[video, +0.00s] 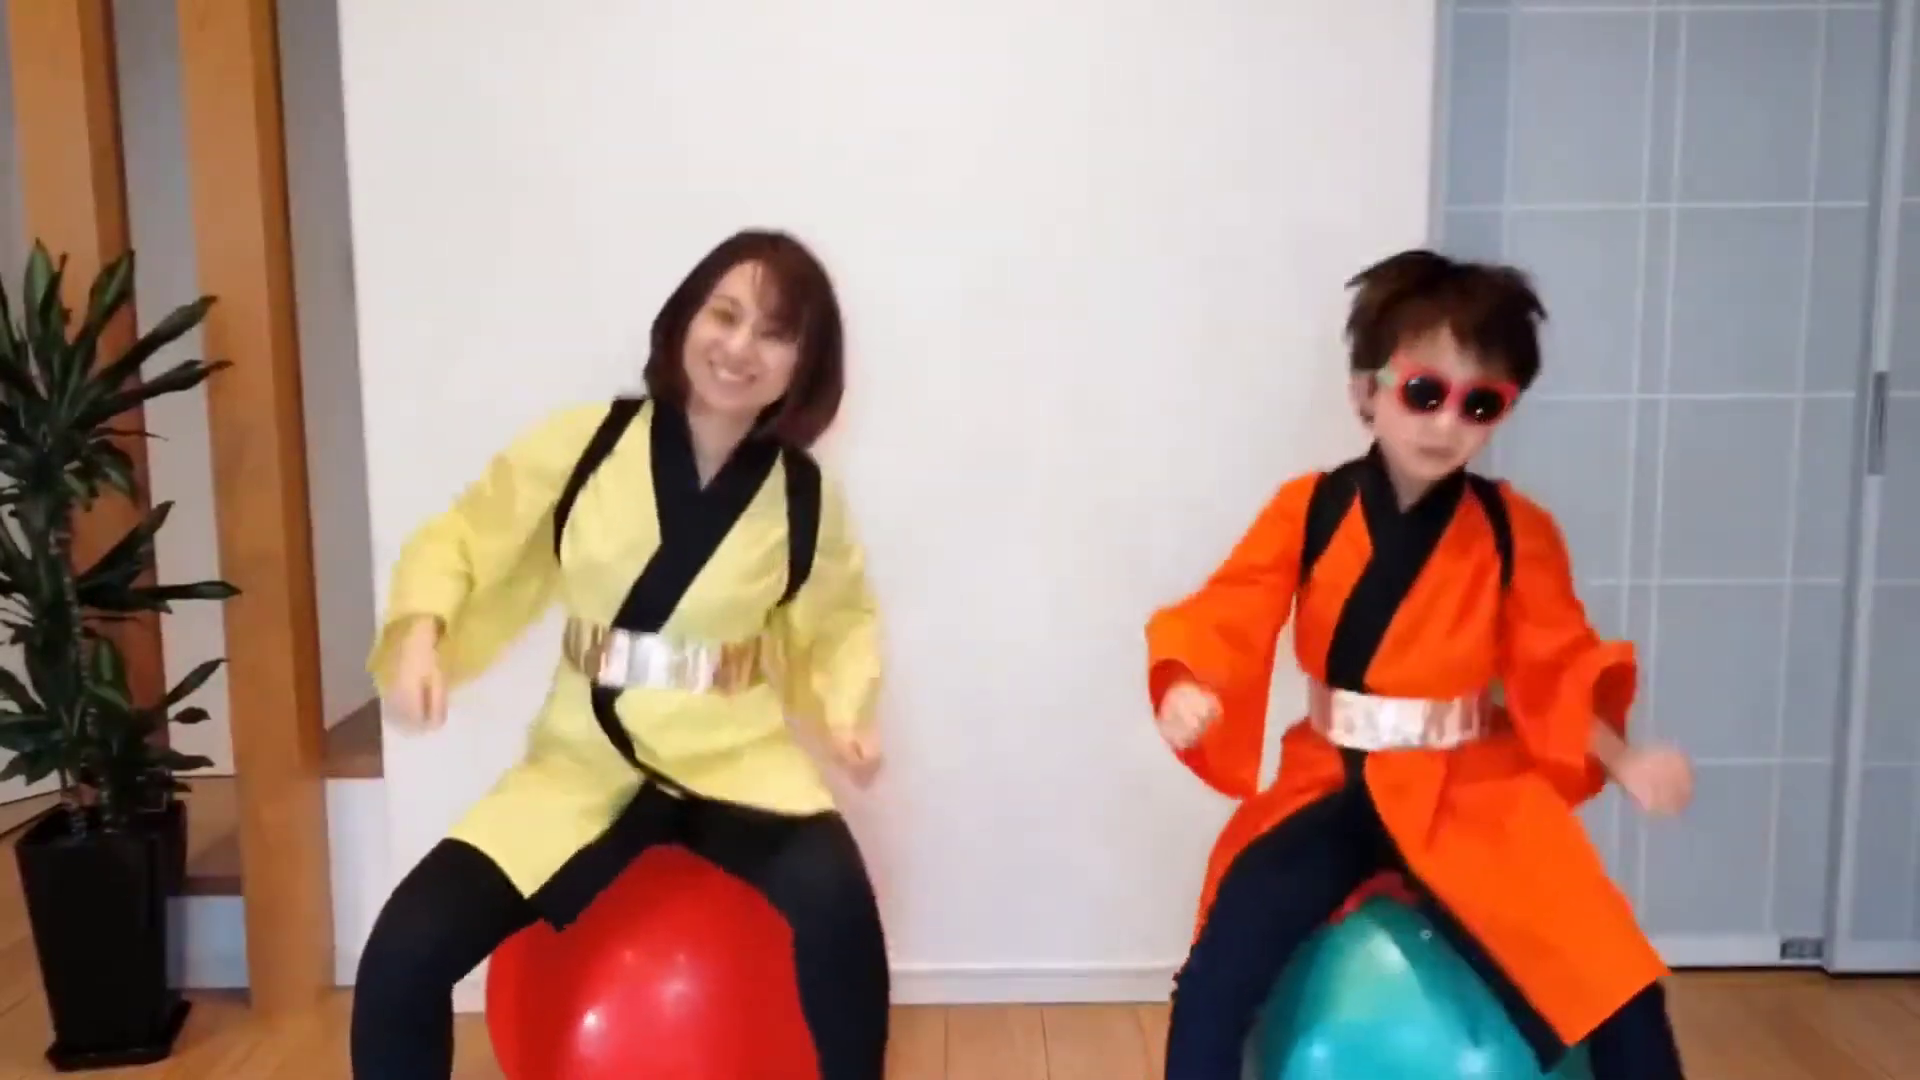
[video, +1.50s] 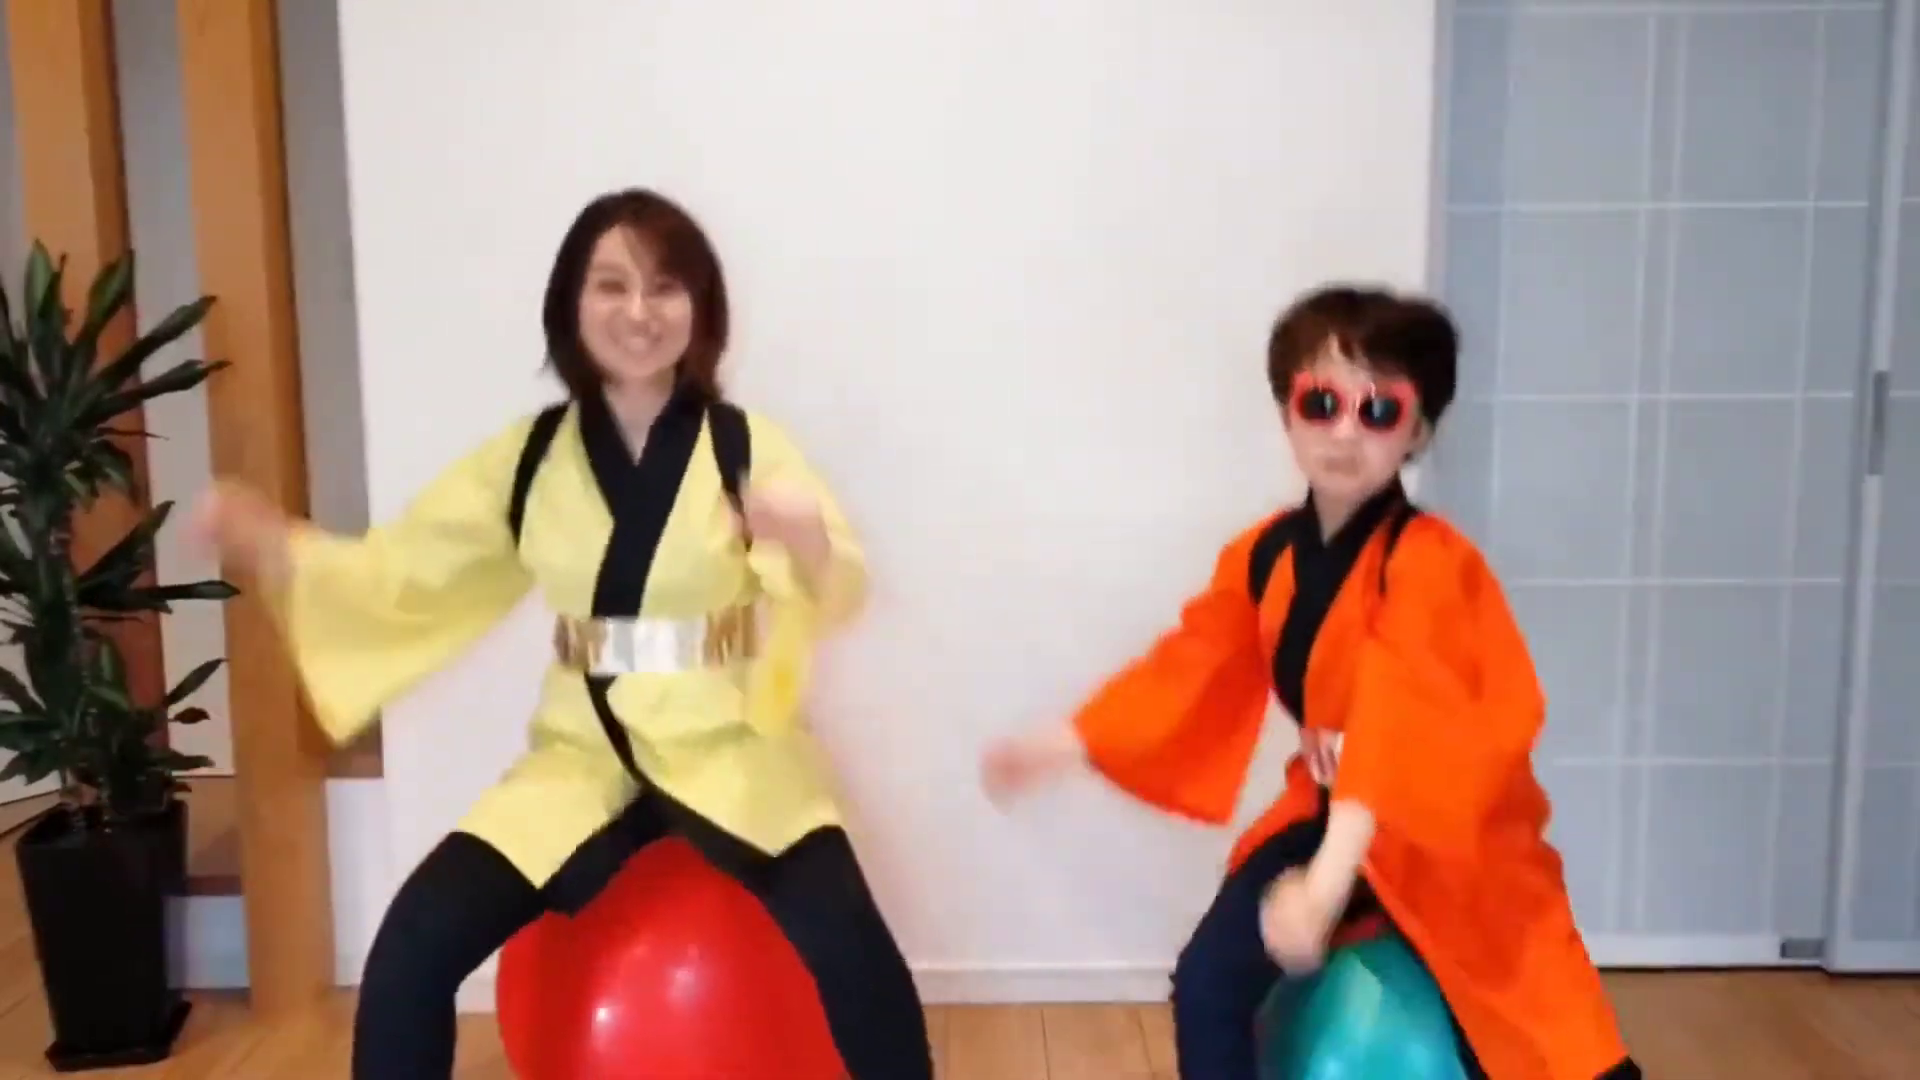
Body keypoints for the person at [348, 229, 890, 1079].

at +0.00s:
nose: (738, 345)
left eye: (774, 331)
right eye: (723, 313)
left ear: (803, 365)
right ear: (683, 320)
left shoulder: (802, 497)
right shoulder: (585, 443)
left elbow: (837, 626)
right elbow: (461, 538)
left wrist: (843, 714)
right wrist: (417, 630)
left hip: (737, 769)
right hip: (585, 770)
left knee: (837, 899)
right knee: (405, 947)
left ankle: (852, 1069)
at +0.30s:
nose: (753, 418)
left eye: (786, 403)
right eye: (734, 391)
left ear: (818, 436)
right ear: (695, 403)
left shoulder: (818, 583)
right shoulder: (615, 536)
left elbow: (882, 736)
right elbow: (492, 674)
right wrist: (363, 796)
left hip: (760, 839)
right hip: (602, 836)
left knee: (870, 963)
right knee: (410, 959)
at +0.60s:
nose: (701, 307)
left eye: (732, 286)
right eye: (678, 279)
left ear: (764, 313)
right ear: (635, 296)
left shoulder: (801, 453)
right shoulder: (575, 447)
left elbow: (883, 638)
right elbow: (500, 632)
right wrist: (492, 485)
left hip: (790, 745)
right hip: (639, 754)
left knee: (879, 931)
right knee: (499, 924)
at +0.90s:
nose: (663, 381)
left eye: (683, 354)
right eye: (630, 361)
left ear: (718, 375)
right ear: (594, 392)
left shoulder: (773, 515)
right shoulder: (576, 530)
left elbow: (914, 638)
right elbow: (552, 693)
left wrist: (822, 640)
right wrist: (490, 701)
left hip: (798, 826)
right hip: (662, 838)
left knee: (859, 949)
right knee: (539, 948)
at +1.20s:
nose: (610, 387)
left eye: (623, 362)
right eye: (575, 371)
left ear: (648, 378)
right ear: (526, 406)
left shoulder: (728, 491)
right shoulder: (518, 562)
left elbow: (842, 616)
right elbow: (498, 732)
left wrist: (953, 746)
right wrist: (452, 886)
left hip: (787, 790)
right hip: (632, 812)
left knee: (883, 950)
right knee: (446, 943)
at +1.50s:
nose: (640, 309)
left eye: (666, 286)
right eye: (611, 287)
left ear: (699, 306)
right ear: (570, 306)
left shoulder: (750, 446)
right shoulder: (534, 452)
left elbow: (840, 597)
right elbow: (401, 576)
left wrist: (804, 546)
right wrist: (269, 541)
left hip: (735, 754)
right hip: (581, 761)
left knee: (858, 955)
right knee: (410, 952)